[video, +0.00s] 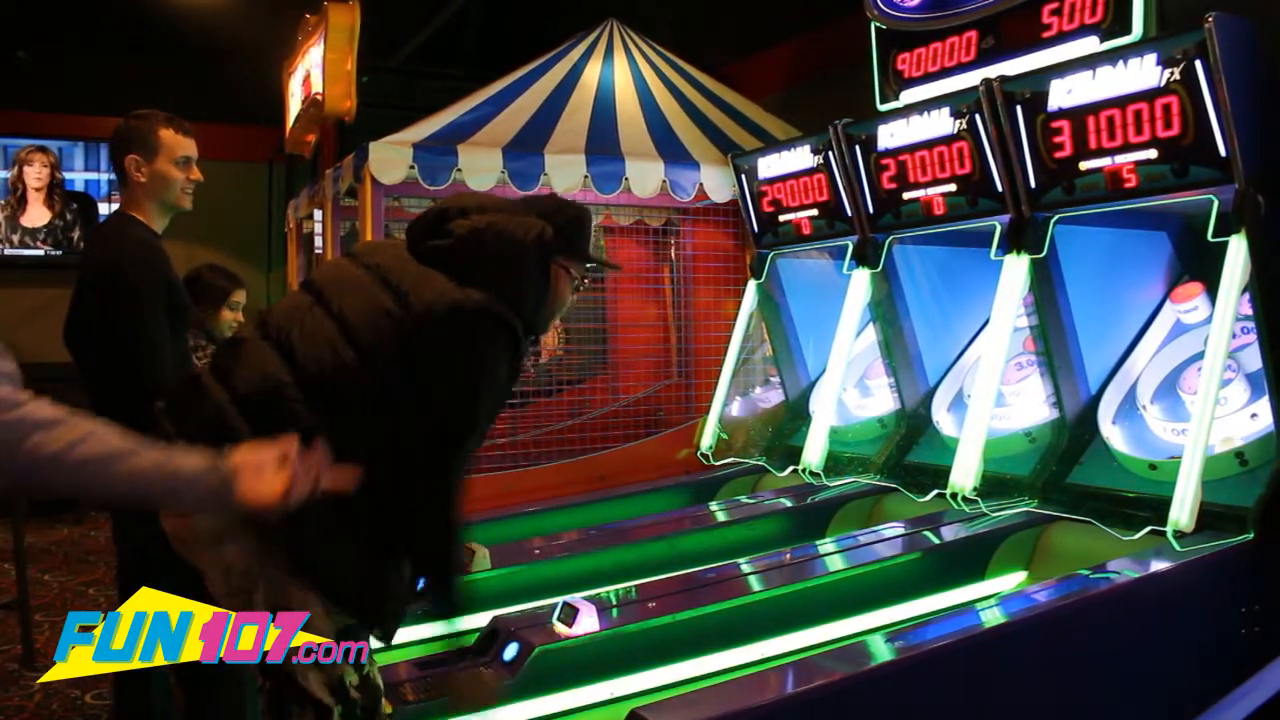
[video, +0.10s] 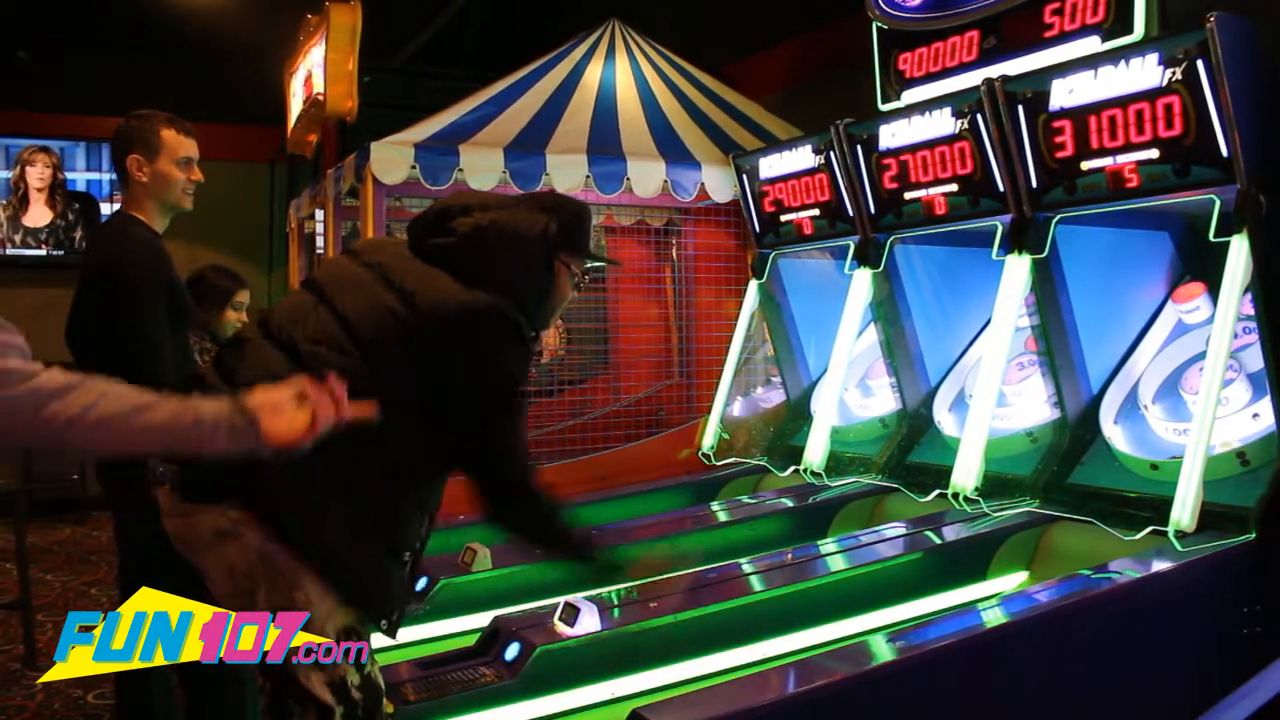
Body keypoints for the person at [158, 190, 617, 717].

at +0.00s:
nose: (574, 294)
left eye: (578, 279)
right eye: (573, 277)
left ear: (494, 245)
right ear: (546, 267)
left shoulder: (389, 260)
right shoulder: (481, 323)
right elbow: (429, 471)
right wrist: (444, 578)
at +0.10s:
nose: (572, 295)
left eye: (577, 277)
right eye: (573, 275)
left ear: (488, 241)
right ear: (542, 262)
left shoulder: (379, 262)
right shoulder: (484, 325)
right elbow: (505, 484)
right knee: (325, 696)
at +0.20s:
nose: (576, 291)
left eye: (580, 276)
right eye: (575, 273)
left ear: (487, 245)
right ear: (538, 260)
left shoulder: (386, 264)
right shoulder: (497, 327)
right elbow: (564, 473)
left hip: (204, 491)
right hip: (278, 532)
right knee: (341, 699)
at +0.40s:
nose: (576, 291)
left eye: (581, 276)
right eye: (576, 273)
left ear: (482, 240)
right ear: (539, 260)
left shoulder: (372, 262)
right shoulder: (495, 323)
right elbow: (561, 480)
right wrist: (673, 507)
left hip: (197, 495)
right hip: (278, 541)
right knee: (341, 697)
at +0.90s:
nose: (587, 301)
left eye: (590, 285)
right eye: (582, 282)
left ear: (510, 257)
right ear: (544, 272)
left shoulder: (394, 261)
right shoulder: (492, 344)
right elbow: (504, 527)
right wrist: (566, 679)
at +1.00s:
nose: (588, 307)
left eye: (593, 291)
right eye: (584, 288)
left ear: (515, 261)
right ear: (547, 278)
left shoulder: (398, 261)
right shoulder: (494, 352)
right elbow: (511, 530)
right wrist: (571, 682)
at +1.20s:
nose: (586, 308)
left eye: (591, 292)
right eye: (585, 290)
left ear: (510, 256)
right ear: (556, 282)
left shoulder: (390, 260)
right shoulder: (491, 354)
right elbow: (517, 532)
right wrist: (581, 683)